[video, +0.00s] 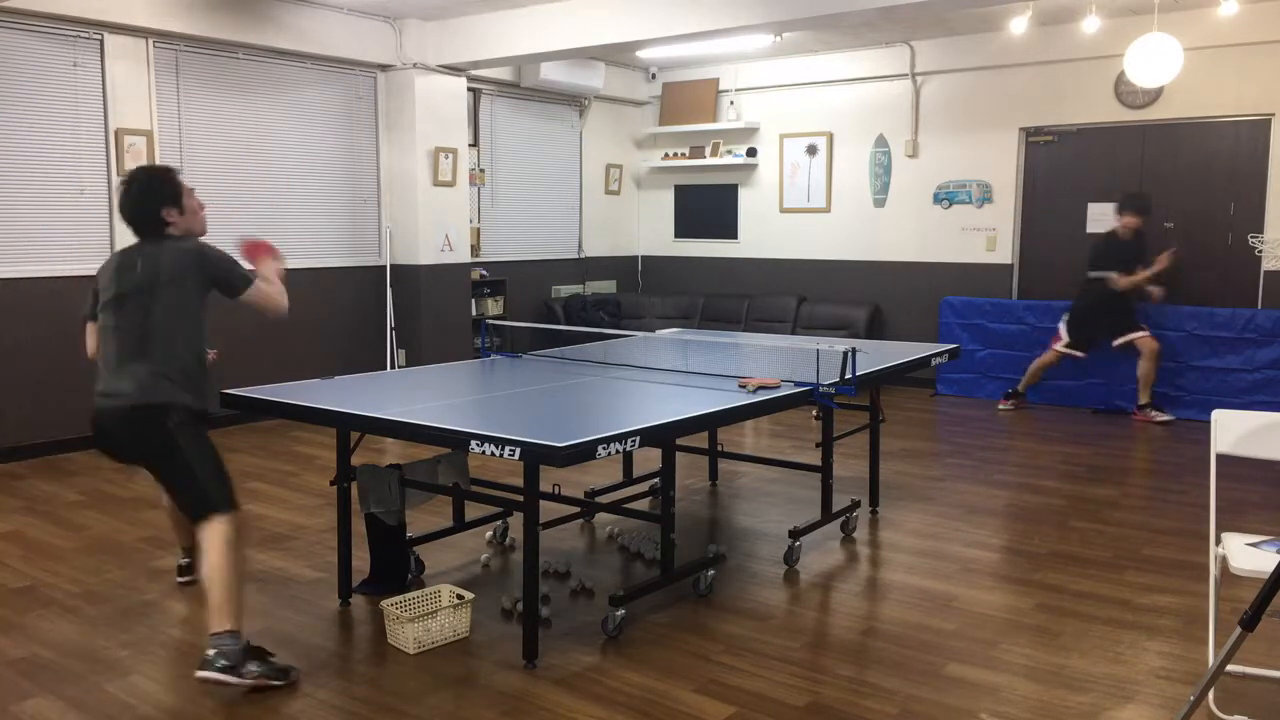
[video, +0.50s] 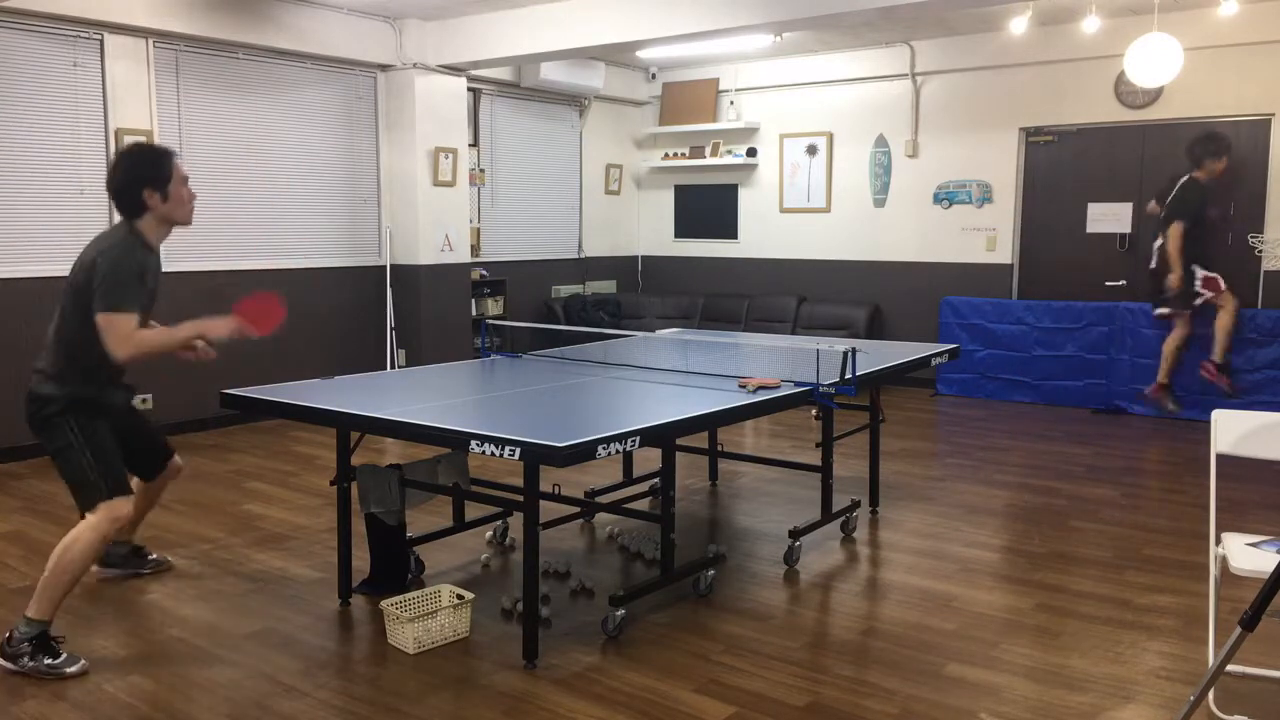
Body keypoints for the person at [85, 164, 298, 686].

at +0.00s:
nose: (201, 205)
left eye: (196, 196)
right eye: (192, 199)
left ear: (145, 219)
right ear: (170, 215)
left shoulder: (112, 267)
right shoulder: (196, 254)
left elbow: (95, 348)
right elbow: (275, 304)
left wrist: (183, 355)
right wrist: (273, 272)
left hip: (112, 414)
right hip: (165, 410)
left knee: (176, 475)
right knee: (217, 513)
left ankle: (188, 556)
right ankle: (225, 645)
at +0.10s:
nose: (210, 187)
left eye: (205, 179)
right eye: (201, 181)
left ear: (163, 197)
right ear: (176, 195)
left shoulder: (132, 242)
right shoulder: (186, 239)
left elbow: (100, 321)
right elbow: (247, 306)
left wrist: (178, 344)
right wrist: (277, 282)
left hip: (103, 387)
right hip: (137, 387)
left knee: (190, 451)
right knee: (189, 495)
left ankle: (190, 548)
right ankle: (196, 636)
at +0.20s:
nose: (211, 165)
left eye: (206, 156)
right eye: (201, 158)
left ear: (165, 172)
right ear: (174, 170)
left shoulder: (137, 217)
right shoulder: (160, 217)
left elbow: (94, 288)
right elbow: (202, 292)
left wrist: (163, 331)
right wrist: (254, 271)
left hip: (125, 367)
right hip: (110, 371)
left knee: (180, 461)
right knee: (167, 481)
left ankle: (192, 551)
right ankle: (118, 623)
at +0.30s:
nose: (205, 156)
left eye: (200, 147)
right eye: (196, 149)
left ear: (159, 160)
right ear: (167, 159)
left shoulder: (130, 203)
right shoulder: (149, 207)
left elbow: (88, 277)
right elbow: (166, 293)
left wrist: (152, 315)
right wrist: (237, 273)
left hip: (110, 367)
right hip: (95, 371)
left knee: (166, 453)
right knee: (133, 490)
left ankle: (177, 545)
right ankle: (45, 619)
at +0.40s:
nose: (197, 173)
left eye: (193, 162)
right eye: (188, 165)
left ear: (155, 176)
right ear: (159, 176)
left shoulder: (136, 222)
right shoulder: (136, 229)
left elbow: (106, 298)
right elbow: (142, 320)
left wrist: (157, 321)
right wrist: (221, 298)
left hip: (105, 381)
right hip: (71, 387)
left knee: (167, 454)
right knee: (111, 505)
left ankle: (138, 543)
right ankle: (29, 633)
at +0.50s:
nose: (191, 193)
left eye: (187, 183)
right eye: (182, 185)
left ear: (153, 199)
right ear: (152, 199)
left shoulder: (143, 250)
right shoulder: (121, 253)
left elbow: (126, 330)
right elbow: (122, 344)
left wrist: (173, 345)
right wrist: (203, 328)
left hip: (102, 393)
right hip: (65, 399)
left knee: (162, 468)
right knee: (114, 508)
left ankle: (117, 549)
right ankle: (28, 636)